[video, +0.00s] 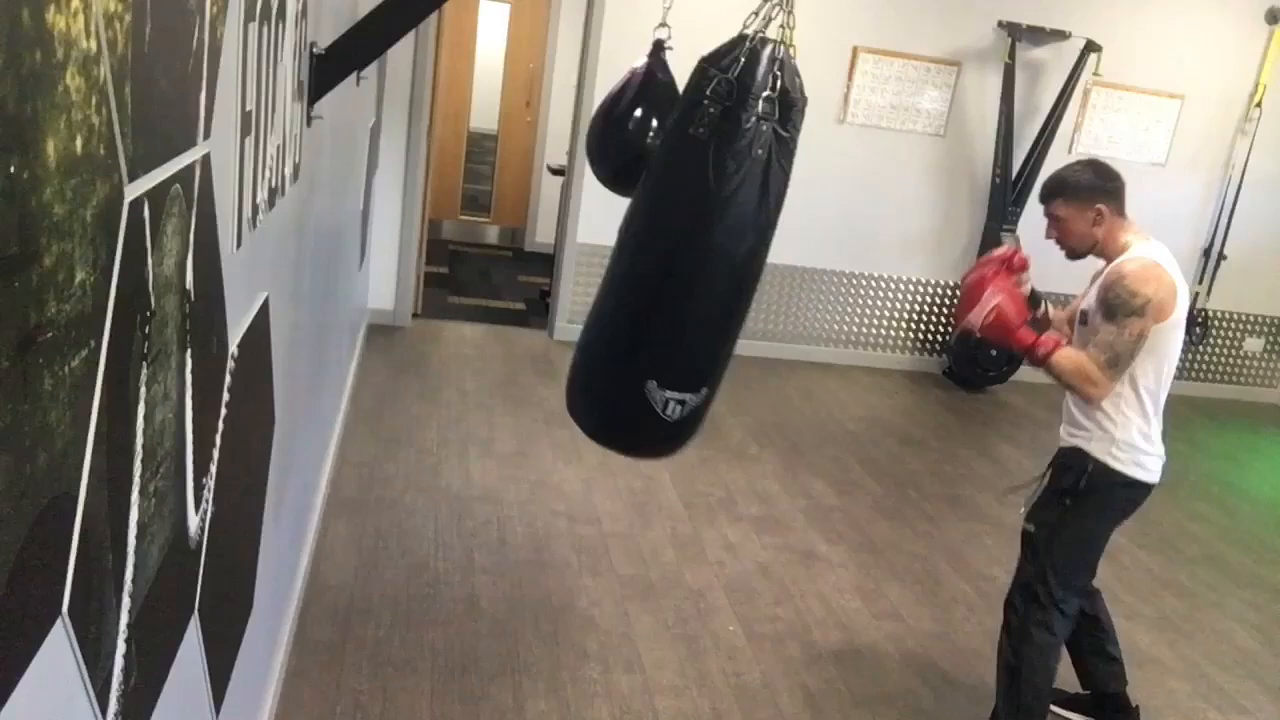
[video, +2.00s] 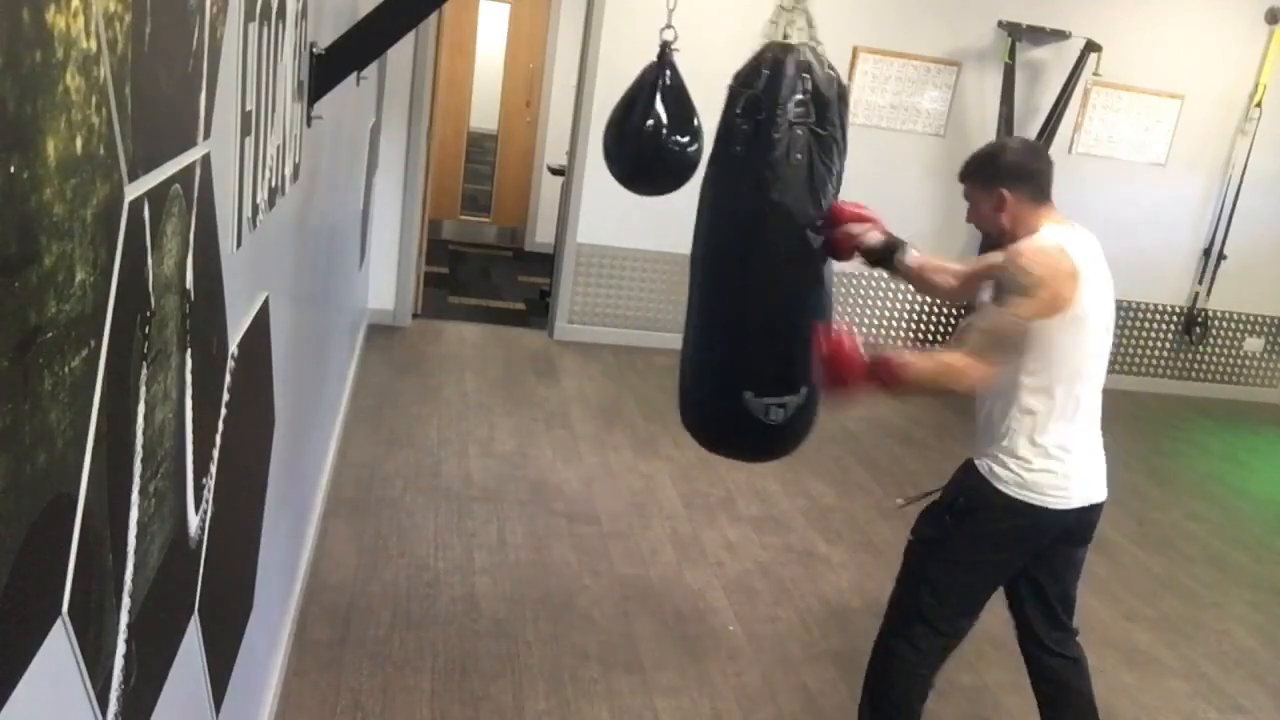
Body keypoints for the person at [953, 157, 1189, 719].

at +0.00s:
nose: (1052, 235)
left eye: (1057, 222)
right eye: (1049, 223)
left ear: (1099, 214)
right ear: (1101, 215)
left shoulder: (1139, 276)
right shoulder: (1128, 263)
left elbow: (1094, 380)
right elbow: (1073, 325)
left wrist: (1021, 335)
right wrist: (1022, 302)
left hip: (1103, 462)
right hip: (1101, 454)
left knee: (1036, 600)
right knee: (1069, 582)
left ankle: (1016, 713)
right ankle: (1110, 699)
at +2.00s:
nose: (969, 216)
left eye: (972, 202)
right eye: (968, 203)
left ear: (1006, 199)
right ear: (1028, 196)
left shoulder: (1033, 261)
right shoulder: (1077, 247)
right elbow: (959, 280)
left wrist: (868, 366)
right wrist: (885, 250)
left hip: (1009, 491)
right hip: (1075, 496)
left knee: (912, 640)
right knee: (1052, 641)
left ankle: (885, 712)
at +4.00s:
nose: (1064, 229)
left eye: (1066, 215)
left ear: (1079, 220)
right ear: (1170, 240)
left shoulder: (1003, 310)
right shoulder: (1224, 366)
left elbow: (891, 455)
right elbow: (1206, 536)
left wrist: (964, 410)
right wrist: (1139, 466)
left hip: (938, 637)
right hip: (1071, 679)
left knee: (889, 710)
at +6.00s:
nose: (740, 188)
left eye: (741, 179)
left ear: (746, 182)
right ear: (823, 184)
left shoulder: (706, 244)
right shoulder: (873, 265)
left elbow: (649, 376)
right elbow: (904, 384)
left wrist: (715, 327)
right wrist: (827, 358)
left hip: (702, 530)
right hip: (810, 549)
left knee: (642, 691)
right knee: (812, 709)